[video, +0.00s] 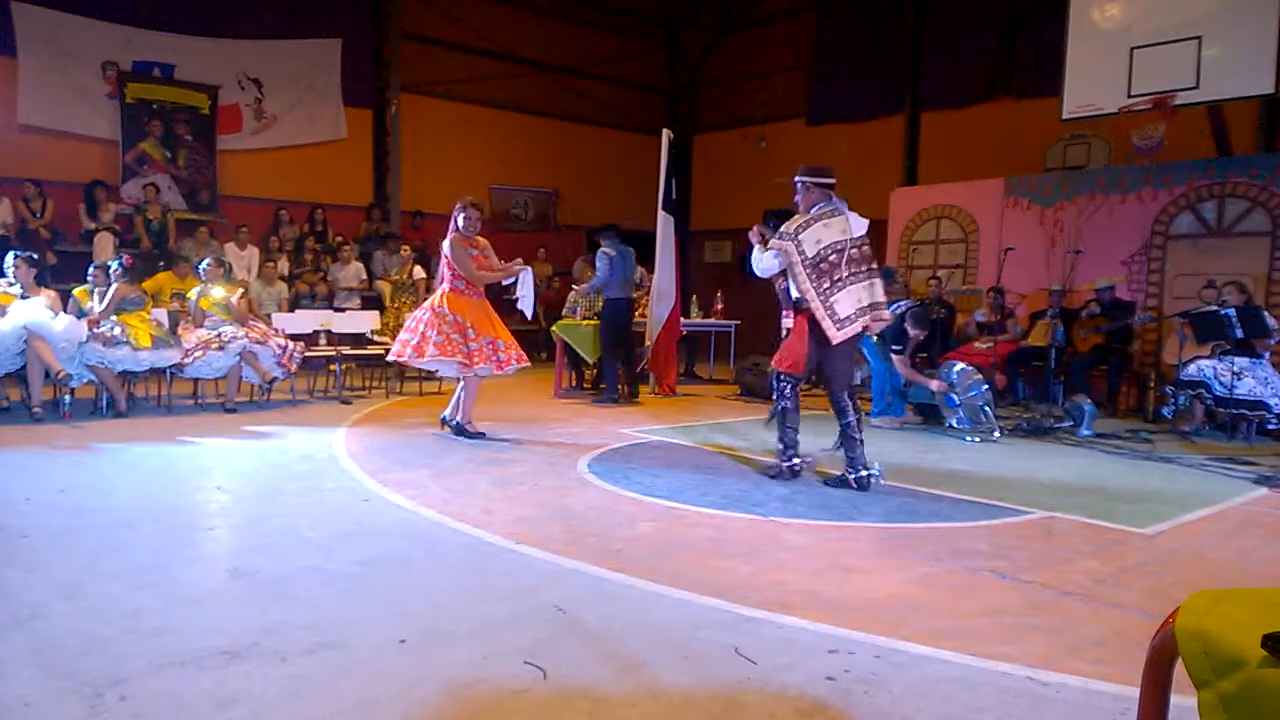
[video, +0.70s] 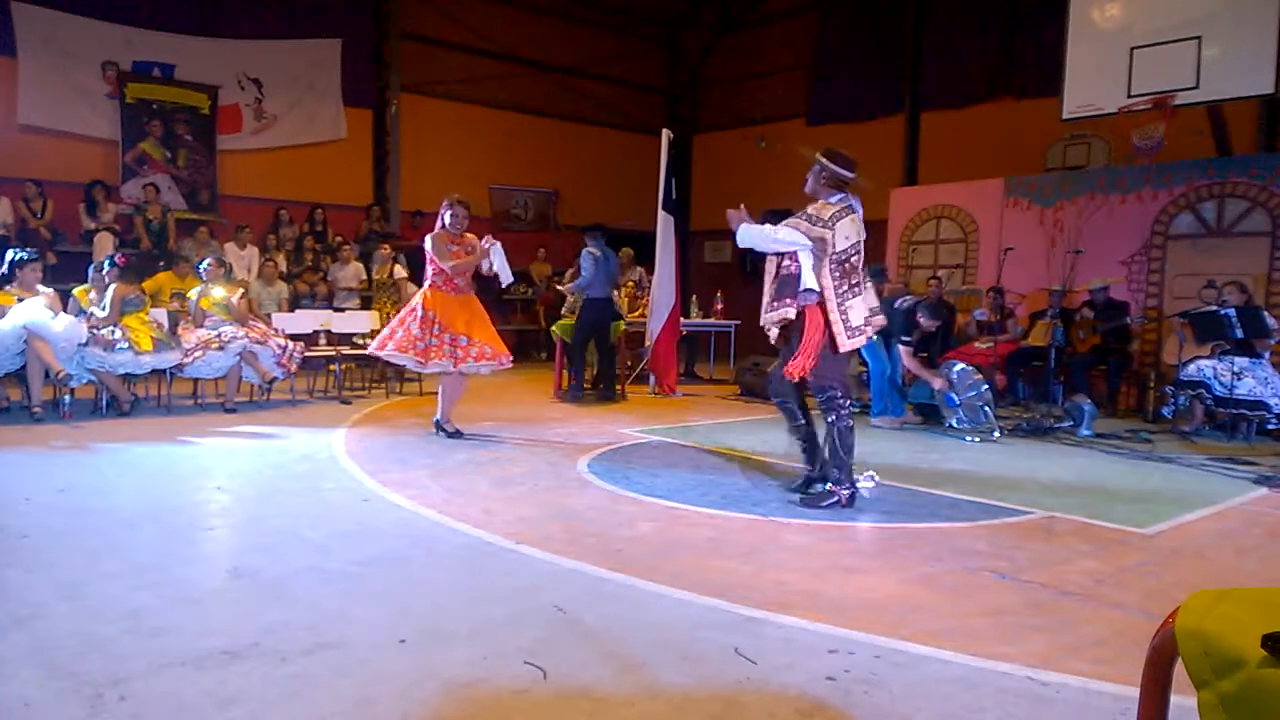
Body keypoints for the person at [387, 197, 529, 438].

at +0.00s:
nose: (471, 223)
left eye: (475, 219)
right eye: (466, 218)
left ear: (481, 221)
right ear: (456, 219)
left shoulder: (482, 243)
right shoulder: (453, 243)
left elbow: (496, 267)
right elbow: (475, 277)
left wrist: (514, 267)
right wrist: (508, 272)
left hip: (474, 306)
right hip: (454, 306)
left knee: (477, 363)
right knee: (477, 364)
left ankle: (451, 413)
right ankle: (464, 420)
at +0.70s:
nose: (458, 221)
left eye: (463, 217)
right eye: (453, 216)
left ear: (467, 220)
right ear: (443, 217)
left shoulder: (471, 241)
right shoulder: (434, 239)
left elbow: (485, 270)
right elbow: (450, 267)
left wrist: (488, 253)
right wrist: (480, 255)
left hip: (463, 305)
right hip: (440, 305)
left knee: (461, 367)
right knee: (449, 366)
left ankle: (444, 417)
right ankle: (443, 418)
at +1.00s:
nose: (457, 215)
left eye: (461, 211)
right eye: (453, 209)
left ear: (467, 214)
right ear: (443, 210)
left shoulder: (466, 235)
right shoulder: (428, 233)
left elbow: (481, 257)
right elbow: (441, 251)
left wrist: (477, 226)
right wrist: (462, 230)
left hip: (460, 298)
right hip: (436, 298)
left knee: (452, 364)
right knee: (438, 363)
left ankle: (445, 418)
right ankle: (442, 420)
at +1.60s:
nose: (455, 211)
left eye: (460, 205)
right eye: (452, 206)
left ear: (465, 208)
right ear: (445, 209)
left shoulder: (472, 236)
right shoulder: (433, 231)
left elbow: (475, 230)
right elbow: (425, 229)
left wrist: (460, 203)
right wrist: (438, 198)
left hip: (464, 298)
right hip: (435, 297)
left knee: (463, 364)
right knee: (438, 365)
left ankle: (460, 421)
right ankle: (441, 422)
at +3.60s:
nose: (462, 206)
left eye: (468, 202)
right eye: (459, 202)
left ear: (475, 208)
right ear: (451, 206)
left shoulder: (481, 234)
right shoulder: (440, 231)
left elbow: (480, 228)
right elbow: (424, 222)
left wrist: (459, 202)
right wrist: (438, 195)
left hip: (471, 296)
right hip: (443, 294)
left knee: (465, 364)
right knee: (444, 363)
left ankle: (461, 420)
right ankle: (447, 420)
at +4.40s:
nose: (454, 206)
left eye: (459, 202)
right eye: (449, 202)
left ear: (466, 206)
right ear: (441, 207)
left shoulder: (477, 232)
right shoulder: (435, 233)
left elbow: (503, 241)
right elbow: (448, 239)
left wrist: (482, 219)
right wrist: (465, 215)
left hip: (474, 298)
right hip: (447, 297)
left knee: (469, 364)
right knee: (448, 364)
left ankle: (461, 420)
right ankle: (447, 420)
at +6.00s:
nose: (458, 206)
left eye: (463, 202)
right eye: (454, 201)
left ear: (471, 207)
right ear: (446, 205)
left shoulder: (477, 235)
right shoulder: (439, 233)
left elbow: (501, 256)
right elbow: (459, 253)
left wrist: (490, 223)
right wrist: (479, 227)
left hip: (468, 302)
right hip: (443, 301)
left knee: (462, 364)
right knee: (443, 365)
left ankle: (458, 421)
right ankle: (446, 421)